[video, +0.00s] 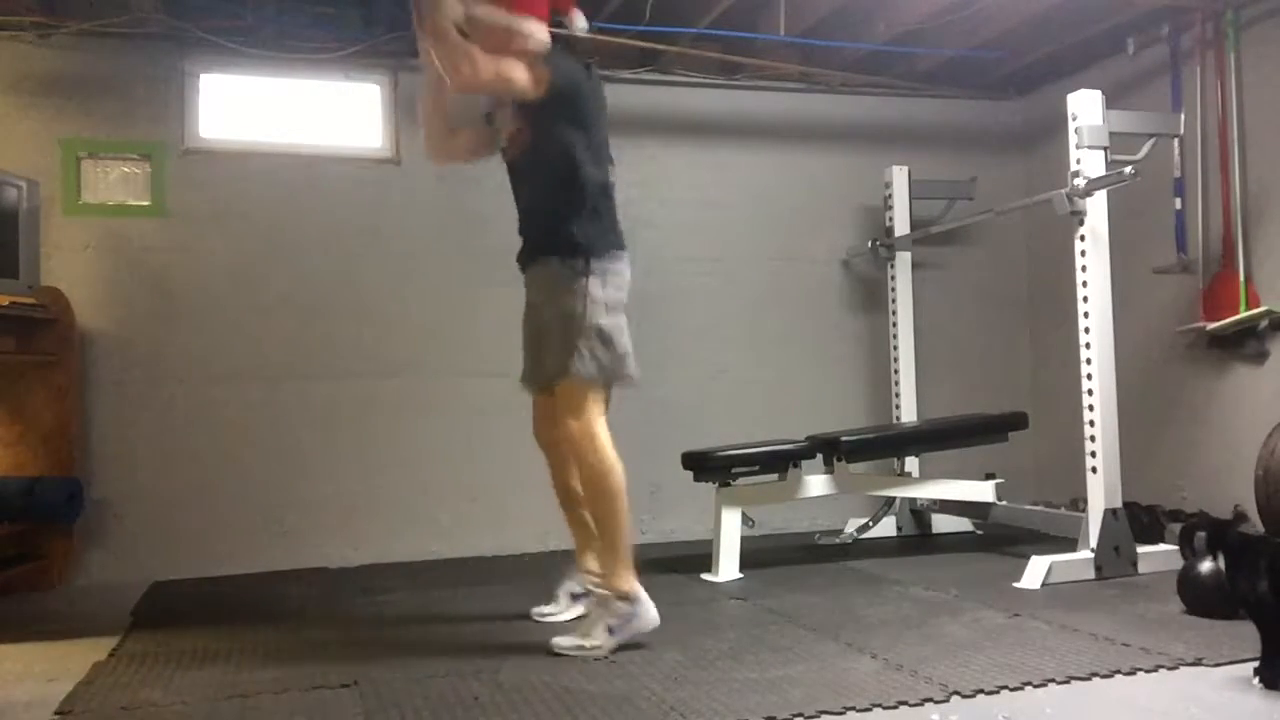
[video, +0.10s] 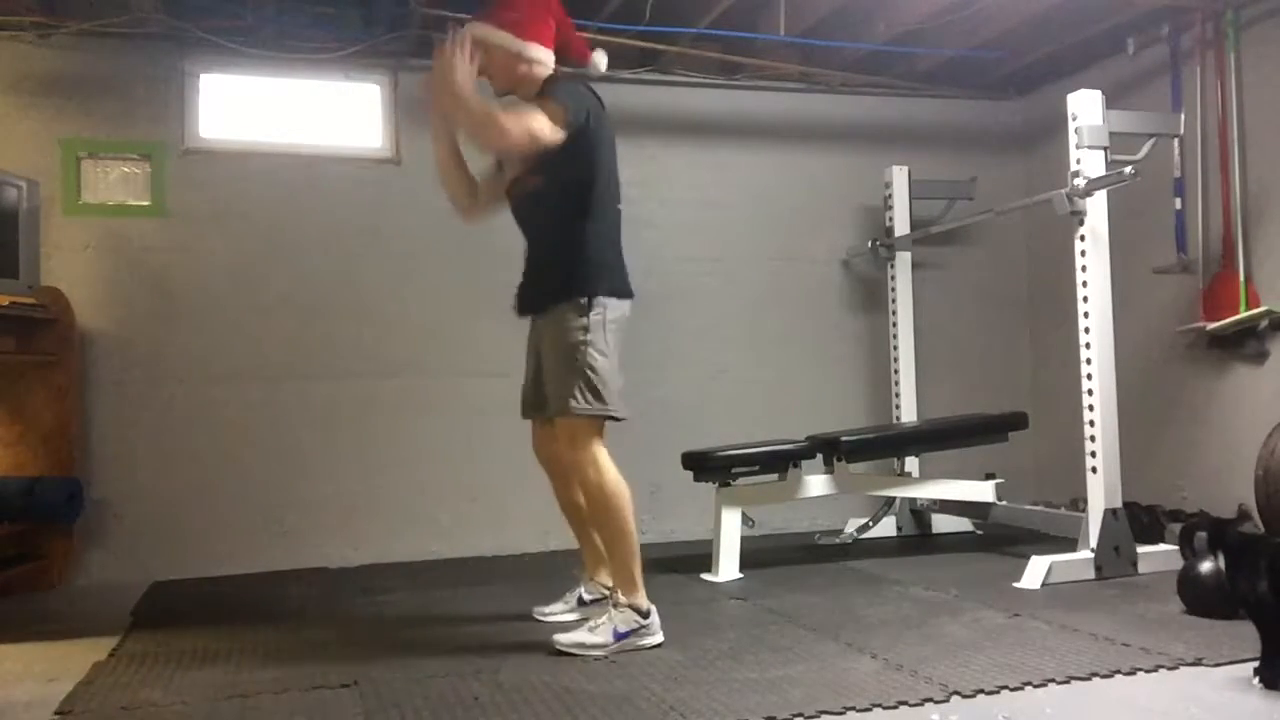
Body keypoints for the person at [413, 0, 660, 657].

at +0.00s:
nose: (482, 41)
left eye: (486, 27)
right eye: (480, 31)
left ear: (528, 22)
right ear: (514, 36)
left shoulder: (565, 71)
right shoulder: (523, 102)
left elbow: (463, 67)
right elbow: (444, 144)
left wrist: (429, 8)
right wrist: (430, 50)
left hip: (586, 266)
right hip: (549, 271)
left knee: (583, 424)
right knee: (552, 429)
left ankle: (626, 595)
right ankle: (596, 573)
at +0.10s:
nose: (483, 69)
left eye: (489, 52)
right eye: (479, 55)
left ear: (532, 47)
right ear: (518, 55)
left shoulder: (575, 95)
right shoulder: (534, 121)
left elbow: (516, 136)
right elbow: (472, 201)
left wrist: (461, 89)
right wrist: (442, 114)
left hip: (586, 299)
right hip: (550, 302)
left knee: (579, 446)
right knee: (552, 445)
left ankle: (635, 606)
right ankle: (603, 585)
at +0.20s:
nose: (475, 74)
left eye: (481, 58)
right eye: (473, 61)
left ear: (520, 51)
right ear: (515, 54)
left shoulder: (568, 96)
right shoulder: (533, 126)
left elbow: (566, 180)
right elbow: (531, 232)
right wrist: (460, 212)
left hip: (587, 296)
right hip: (552, 300)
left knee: (583, 441)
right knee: (558, 440)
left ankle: (635, 606)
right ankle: (603, 583)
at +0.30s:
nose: (462, 75)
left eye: (466, 60)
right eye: (458, 63)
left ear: (502, 54)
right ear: (496, 60)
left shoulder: (556, 98)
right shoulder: (523, 118)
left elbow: (589, 194)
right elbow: (546, 226)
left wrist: (524, 276)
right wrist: (499, 287)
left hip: (591, 292)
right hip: (559, 299)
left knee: (586, 439)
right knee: (561, 440)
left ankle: (636, 606)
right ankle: (605, 585)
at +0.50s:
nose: (432, 123)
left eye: (435, 107)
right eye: (425, 111)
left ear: (470, 93)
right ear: (457, 102)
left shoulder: (523, 131)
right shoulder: (494, 156)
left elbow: (564, 240)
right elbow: (528, 254)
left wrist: (552, 343)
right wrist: (521, 347)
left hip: (623, 296)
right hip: (588, 306)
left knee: (590, 441)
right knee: (563, 440)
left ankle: (638, 607)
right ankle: (603, 581)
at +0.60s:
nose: (405, 184)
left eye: (410, 165)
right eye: (400, 170)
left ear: (447, 152)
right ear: (446, 156)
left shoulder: (510, 191)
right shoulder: (485, 208)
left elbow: (542, 309)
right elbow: (511, 310)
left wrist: (532, 410)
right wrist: (506, 407)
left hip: (643, 311)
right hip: (608, 318)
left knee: (579, 442)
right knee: (552, 440)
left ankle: (637, 607)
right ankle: (604, 583)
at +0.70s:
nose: (398, 262)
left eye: (402, 245)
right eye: (390, 248)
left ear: (435, 228)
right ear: (439, 229)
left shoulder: (498, 257)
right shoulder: (477, 272)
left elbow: (515, 387)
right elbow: (492, 388)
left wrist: (494, 493)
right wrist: (480, 483)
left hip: (652, 331)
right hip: (617, 338)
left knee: (562, 451)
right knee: (540, 449)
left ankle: (635, 607)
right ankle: (602, 583)